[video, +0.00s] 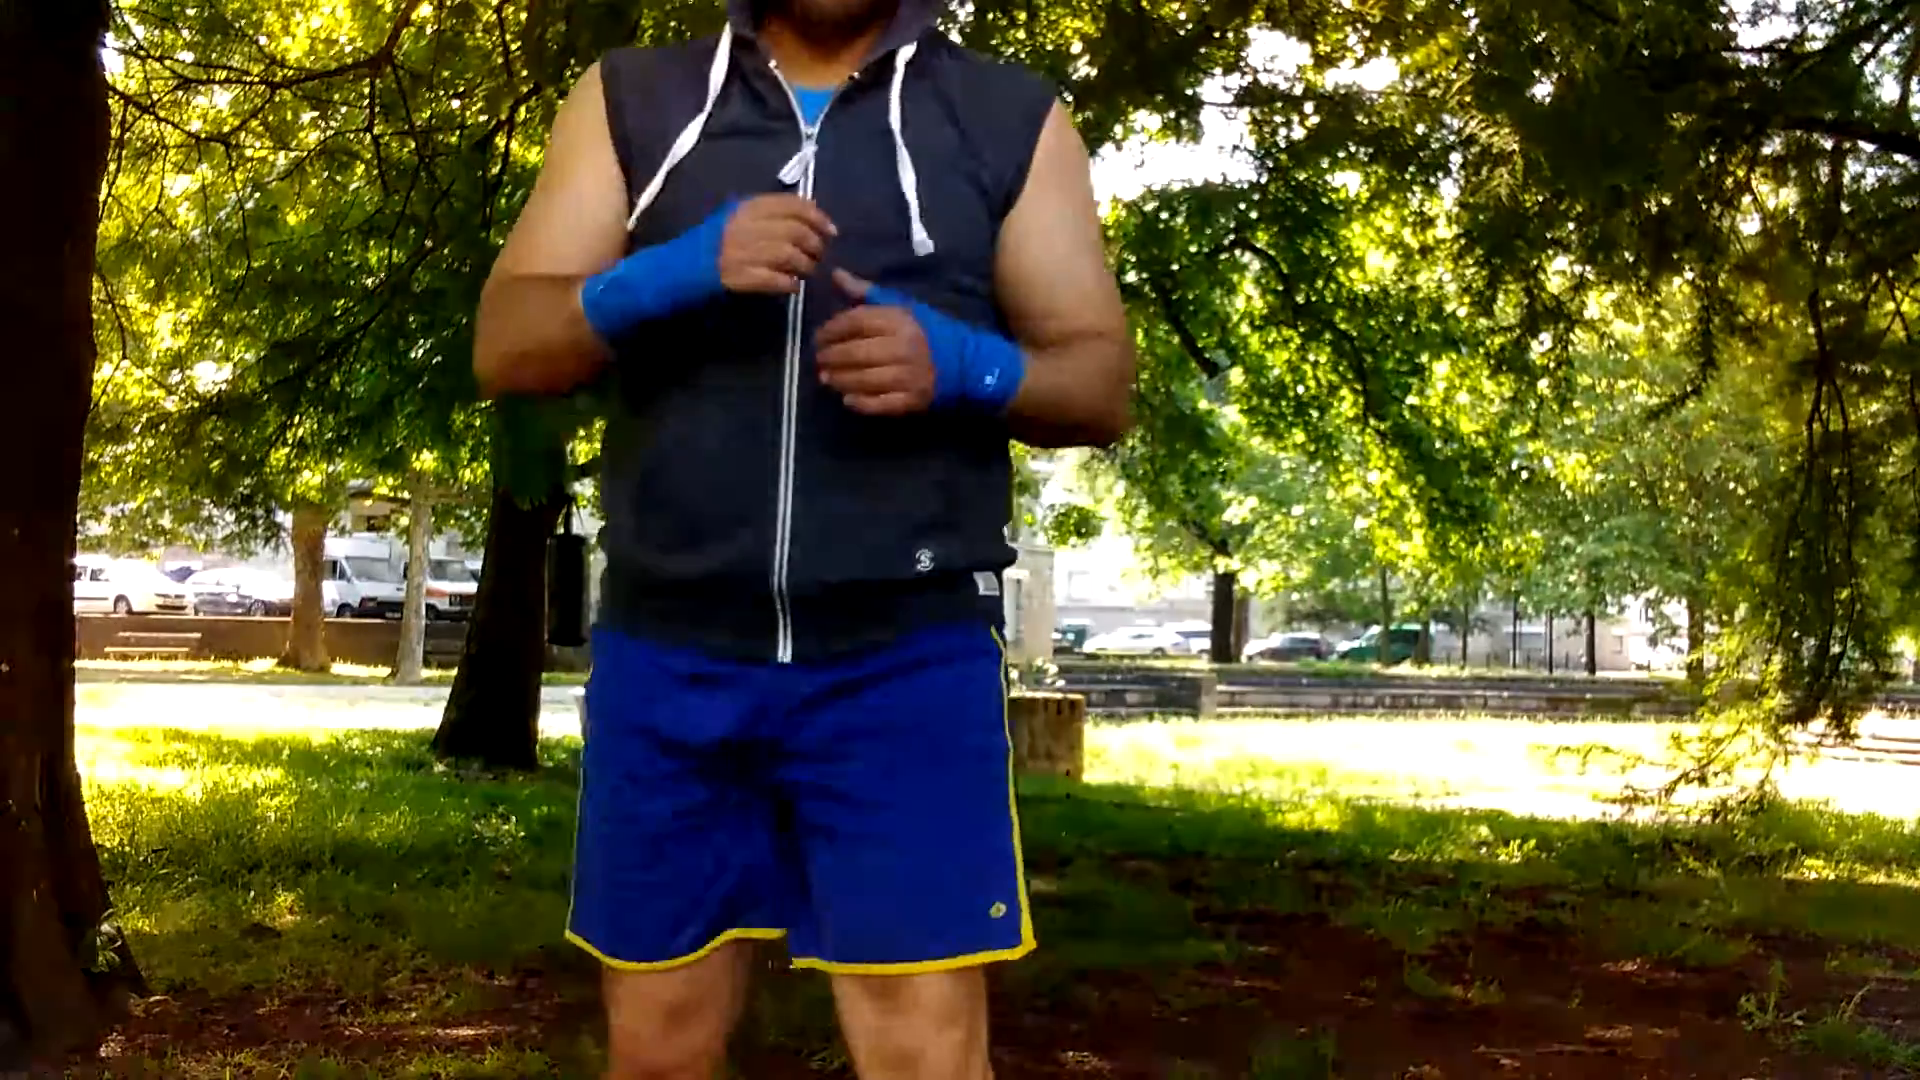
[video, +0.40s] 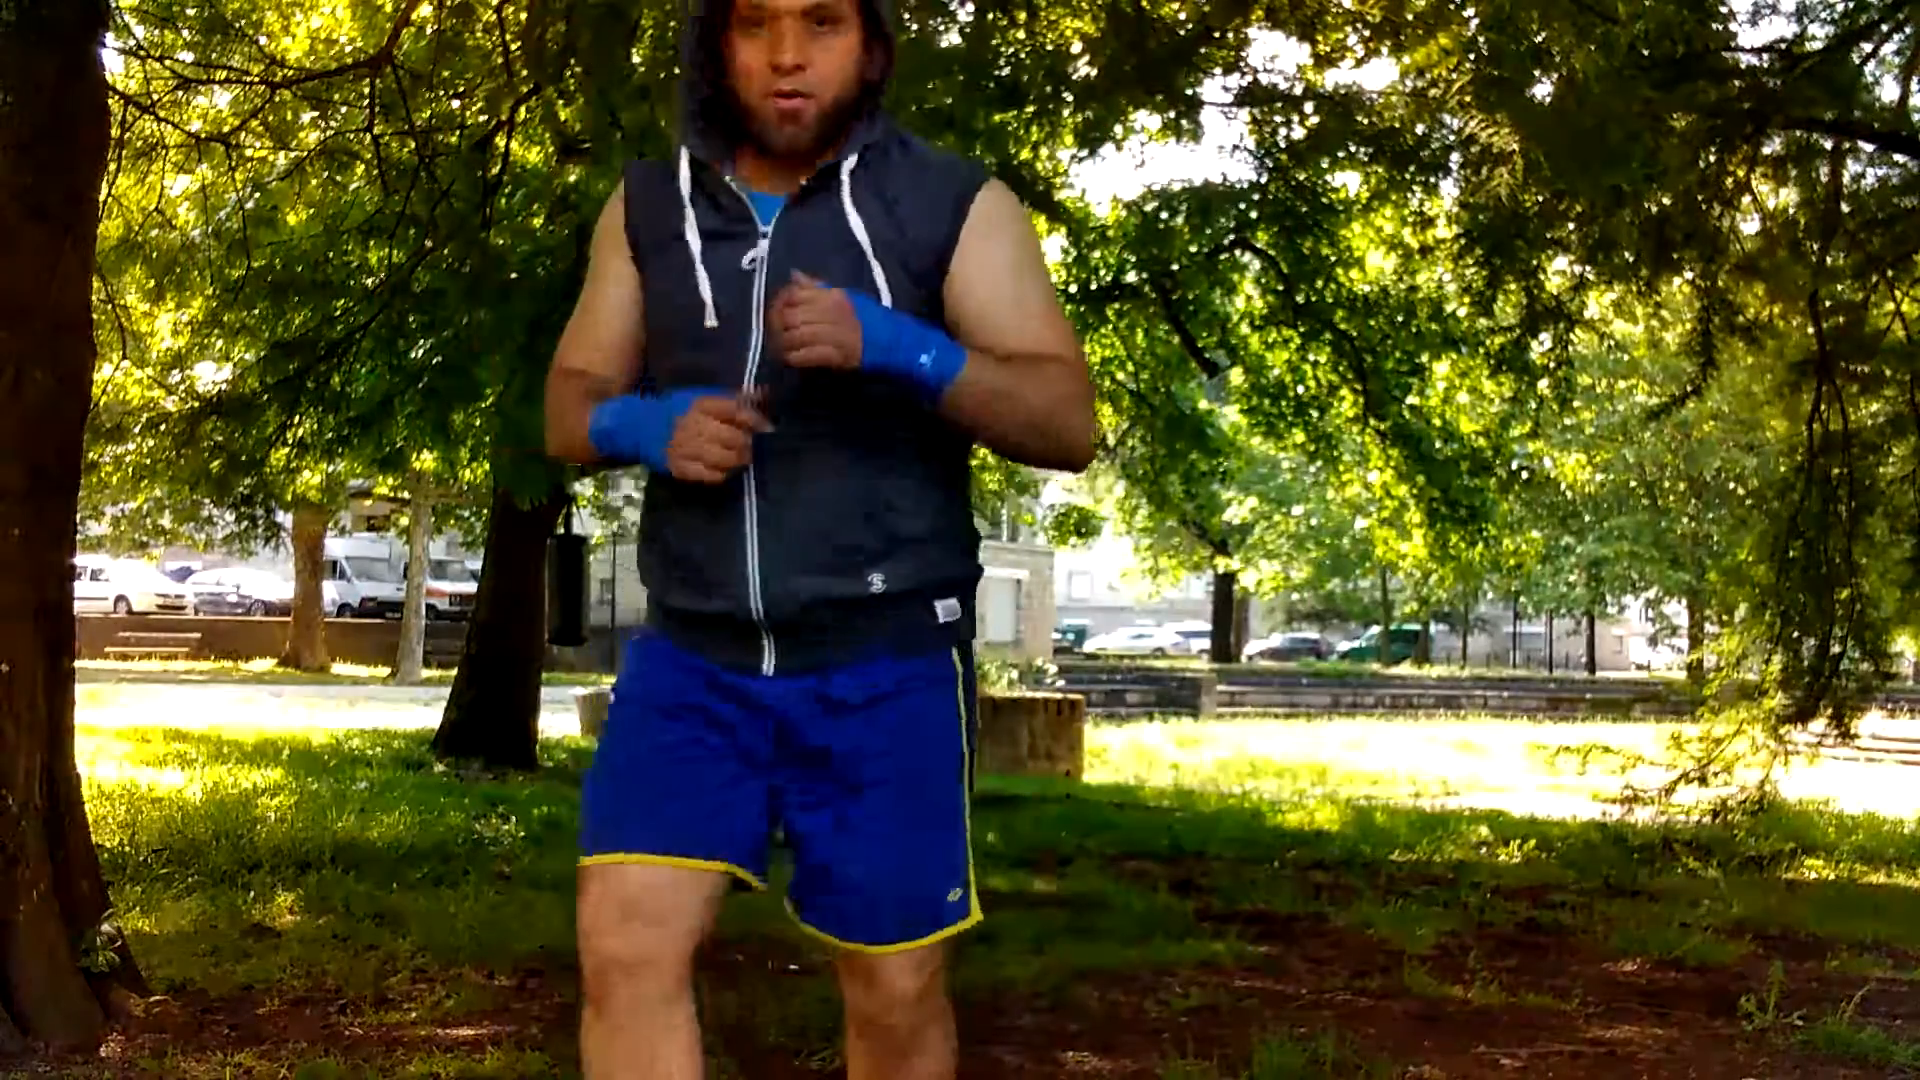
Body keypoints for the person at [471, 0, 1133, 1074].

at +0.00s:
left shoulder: (1009, 117)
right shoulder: (630, 97)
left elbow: (1103, 383)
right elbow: (502, 347)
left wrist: (958, 361)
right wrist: (689, 266)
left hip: (909, 664)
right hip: (669, 661)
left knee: (923, 1048)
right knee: (658, 1047)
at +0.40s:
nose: (788, 58)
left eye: (819, 27)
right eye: (760, 27)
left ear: (870, 47)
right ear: (717, 46)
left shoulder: (958, 205)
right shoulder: (649, 207)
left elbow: (1068, 420)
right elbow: (569, 406)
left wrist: (890, 342)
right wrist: (651, 423)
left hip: (886, 664)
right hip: (692, 656)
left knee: (896, 993)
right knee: (623, 943)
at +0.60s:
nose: (799, 133)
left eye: (829, 107)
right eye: (774, 107)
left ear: (877, 123)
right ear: (746, 123)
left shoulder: (957, 280)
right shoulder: (666, 263)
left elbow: (1031, 478)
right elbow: (584, 441)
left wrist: (938, 495)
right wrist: (665, 471)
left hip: (870, 683)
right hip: (689, 679)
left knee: (885, 964)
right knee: (623, 947)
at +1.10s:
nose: (778, 181)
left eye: (803, 157)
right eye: (756, 157)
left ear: (838, 172)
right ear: (723, 172)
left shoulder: (910, 297)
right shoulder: (657, 291)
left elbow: (1012, 460)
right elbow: (587, 442)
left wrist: (873, 425)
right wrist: (673, 482)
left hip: (851, 669)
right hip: (692, 663)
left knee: (860, 918)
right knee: (647, 904)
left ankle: (853, 1077)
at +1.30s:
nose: (799, 197)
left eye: (822, 177)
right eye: (778, 177)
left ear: (855, 195)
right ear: (750, 196)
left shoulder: (917, 324)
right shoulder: (672, 312)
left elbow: (978, 496)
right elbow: (608, 476)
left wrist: (889, 460)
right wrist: (714, 469)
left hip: (849, 664)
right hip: (692, 655)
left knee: (856, 896)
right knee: (634, 875)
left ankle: (853, 1075)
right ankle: (659, 1074)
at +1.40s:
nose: (788, 178)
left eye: (810, 157)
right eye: (766, 158)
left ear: (845, 174)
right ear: (735, 177)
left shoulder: (907, 303)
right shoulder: (660, 288)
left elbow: (965, 459)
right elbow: (578, 444)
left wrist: (877, 457)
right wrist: (708, 402)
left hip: (843, 651)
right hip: (688, 648)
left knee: (861, 894)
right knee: (667, 892)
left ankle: (856, 1075)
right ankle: (660, 1075)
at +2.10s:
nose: (807, 214)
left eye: (824, 196)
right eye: (782, 196)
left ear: (846, 214)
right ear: (745, 214)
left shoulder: (867, 340)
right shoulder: (676, 309)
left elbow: (889, 515)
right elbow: (673, 435)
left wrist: (924, 436)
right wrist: (813, 369)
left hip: (811, 656)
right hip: (680, 646)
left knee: (828, 892)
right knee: (606, 880)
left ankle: (819, 1076)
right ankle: (503, 1070)